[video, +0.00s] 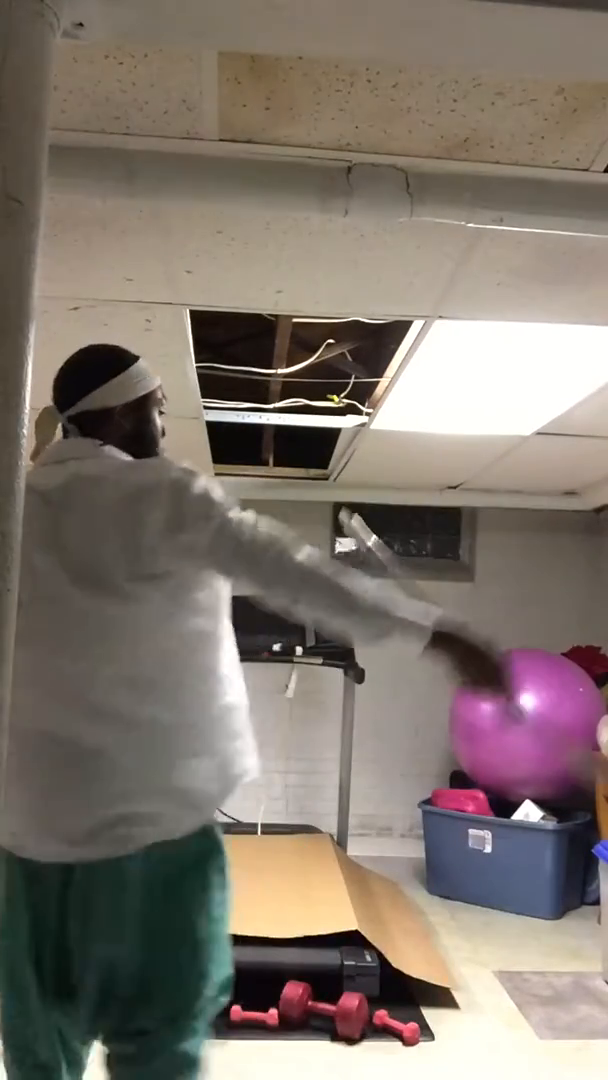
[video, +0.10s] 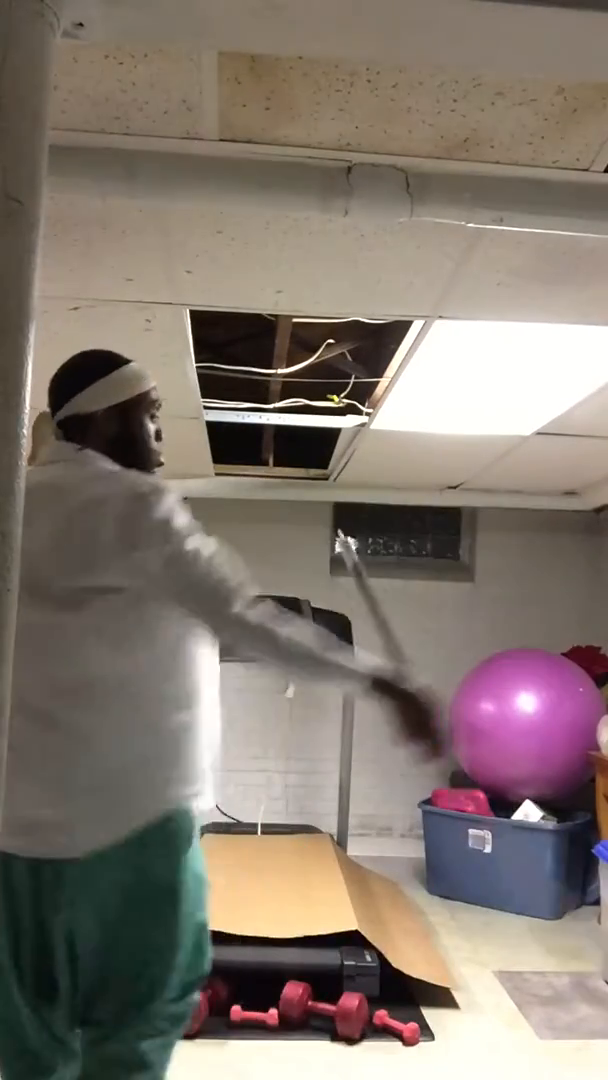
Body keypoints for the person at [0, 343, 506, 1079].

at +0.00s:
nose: (162, 422)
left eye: (159, 407)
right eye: (152, 407)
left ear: (73, 420)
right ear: (116, 415)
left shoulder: (17, 499)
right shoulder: (166, 496)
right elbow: (293, 572)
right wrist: (439, 631)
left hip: (25, 829)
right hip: (152, 831)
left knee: (37, 1056)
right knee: (161, 1054)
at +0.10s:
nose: (159, 434)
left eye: (155, 416)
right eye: (145, 416)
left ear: (67, 427)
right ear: (100, 424)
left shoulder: (21, 501)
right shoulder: (134, 508)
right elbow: (242, 617)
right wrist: (383, 678)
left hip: (17, 814)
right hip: (128, 812)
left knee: (29, 1031)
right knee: (139, 1027)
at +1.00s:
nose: (82, 569)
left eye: (91, 554)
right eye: (71, 552)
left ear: (95, 553)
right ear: (29, 545)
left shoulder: (79, 616)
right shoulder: (13, 604)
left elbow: (35, 726)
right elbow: (30, 725)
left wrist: (11, 784)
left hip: (18, 782)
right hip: (14, 781)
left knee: (10, 897)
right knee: (8, 897)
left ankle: (5, 1014)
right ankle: (6, 1009)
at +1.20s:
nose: (82, 546)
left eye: (88, 530)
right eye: (68, 529)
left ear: (91, 532)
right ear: (27, 532)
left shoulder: (75, 599)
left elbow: (51, 705)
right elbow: (50, 703)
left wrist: (8, 783)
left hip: (19, 826)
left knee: (10, 993)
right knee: (9, 994)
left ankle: (8, 1062)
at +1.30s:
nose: (92, 530)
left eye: (96, 517)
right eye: (79, 517)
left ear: (93, 519)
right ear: (36, 520)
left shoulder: (80, 587)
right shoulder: (18, 590)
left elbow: (111, 685)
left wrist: (84, 756)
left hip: (28, 796)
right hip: (6, 798)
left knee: (21, 911)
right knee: (20, 909)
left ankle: (17, 1020)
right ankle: (18, 1012)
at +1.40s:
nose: (108, 513)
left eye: (108, 499)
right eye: (94, 501)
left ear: (95, 504)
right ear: (49, 508)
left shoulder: (93, 572)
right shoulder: (24, 576)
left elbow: (151, 628)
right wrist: (19, 756)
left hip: (38, 798)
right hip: (10, 800)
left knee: (39, 925)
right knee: (38, 925)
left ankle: (22, 1048)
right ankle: (20, 1054)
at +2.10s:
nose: (236, 469)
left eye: (233, 459)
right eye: (236, 459)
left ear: (168, 454)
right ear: (227, 460)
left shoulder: (138, 512)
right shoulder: (210, 526)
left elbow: (74, 564)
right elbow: (237, 652)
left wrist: (34, 588)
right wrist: (342, 739)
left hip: (88, 758)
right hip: (153, 764)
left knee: (81, 960)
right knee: (217, 963)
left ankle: (52, 1067)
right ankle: (228, 1066)